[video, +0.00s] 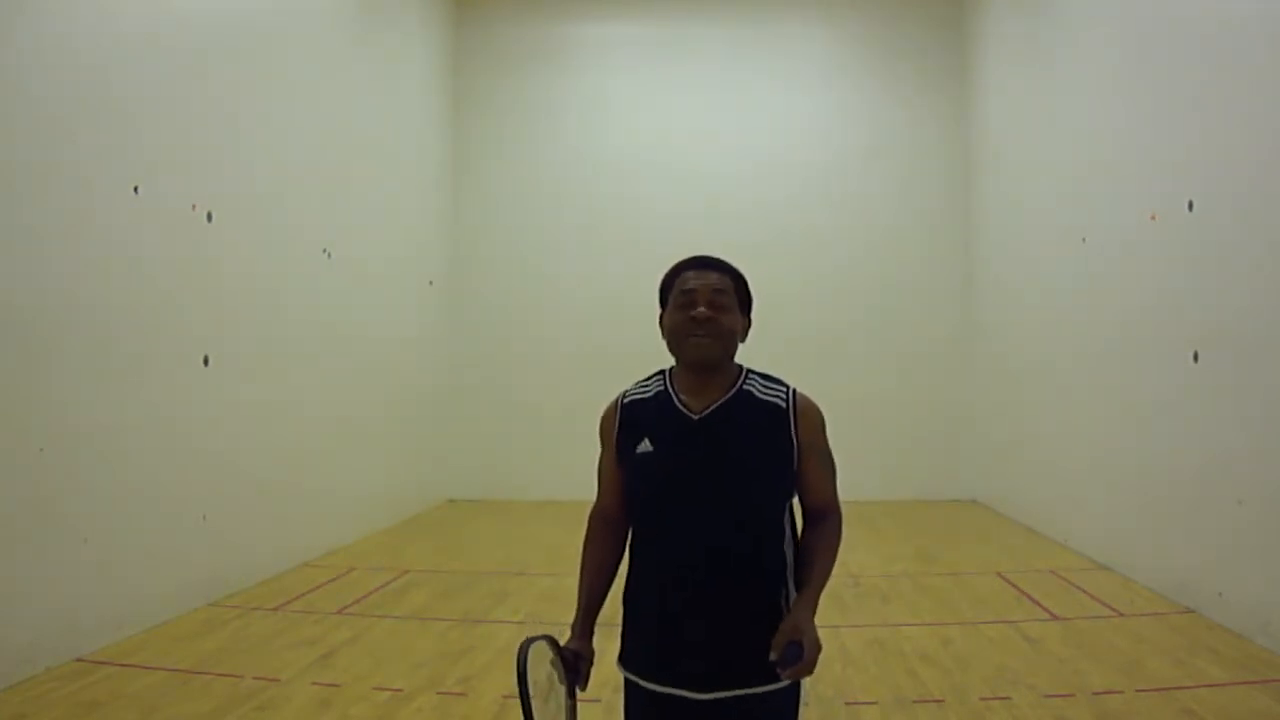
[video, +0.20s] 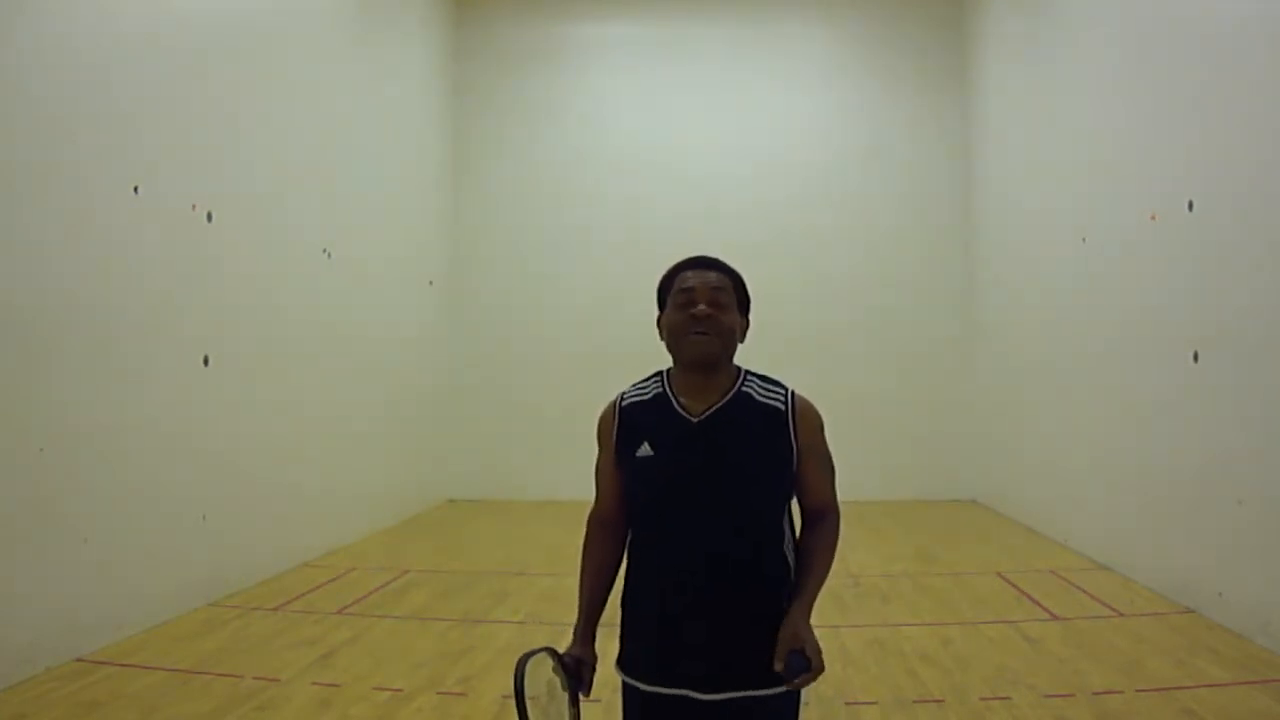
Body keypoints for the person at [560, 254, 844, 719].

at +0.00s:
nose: (702, 309)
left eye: (720, 300)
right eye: (685, 299)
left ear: (744, 325)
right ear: (662, 323)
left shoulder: (792, 414)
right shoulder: (626, 417)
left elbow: (822, 516)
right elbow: (609, 520)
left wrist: (804, 610)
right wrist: (582, 630)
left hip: (759, 672)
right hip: (656, 670)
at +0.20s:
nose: (701, 308)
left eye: (718, 299)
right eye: (684, 299)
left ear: (743, 327)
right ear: (661, 326)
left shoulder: (791, 416)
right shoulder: (624, 419)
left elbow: (820, 516)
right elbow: (608, 524)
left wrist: (799, 615)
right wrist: (584, 635)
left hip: (760, 671)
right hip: (655, 669)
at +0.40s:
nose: (702, 310)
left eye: (720, 302)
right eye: (685, 301)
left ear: (742, 328)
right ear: (660, 326)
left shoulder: (791, 415)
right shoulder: (624, 418)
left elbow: (823, 515)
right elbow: (607, 524)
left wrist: (803, 609)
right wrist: (582, 637)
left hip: (760, 670)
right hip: (655, 669)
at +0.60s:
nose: (708, 303)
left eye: (725, 296)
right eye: (692, 295)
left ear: (748, 326)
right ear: (666, 323)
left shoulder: (794, 409)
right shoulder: (626, 412)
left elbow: (833, 511)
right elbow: (607, 520)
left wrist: (808, 603)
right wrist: (579, 632)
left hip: (760, 669)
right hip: (656, 666)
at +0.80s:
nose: (704, 322)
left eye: (722, 311)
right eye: (687, 311)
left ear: (748, 333)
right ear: (662, 331)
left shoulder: (798, 420)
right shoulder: (628, 420)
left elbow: (836, 521)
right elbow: (614, 521)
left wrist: (813, 620)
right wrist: (582, 634)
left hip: (764, 677)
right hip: (661, 675)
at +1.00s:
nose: (697, 367)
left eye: (718, 350)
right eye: (680, 349)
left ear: (751, 359)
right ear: (658, 357)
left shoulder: (805, 447)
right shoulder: (629, 436)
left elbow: (851, 541)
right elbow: (625, 521)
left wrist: (825, 656)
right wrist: (600, 635)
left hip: (778, 687)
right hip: (675, 683)